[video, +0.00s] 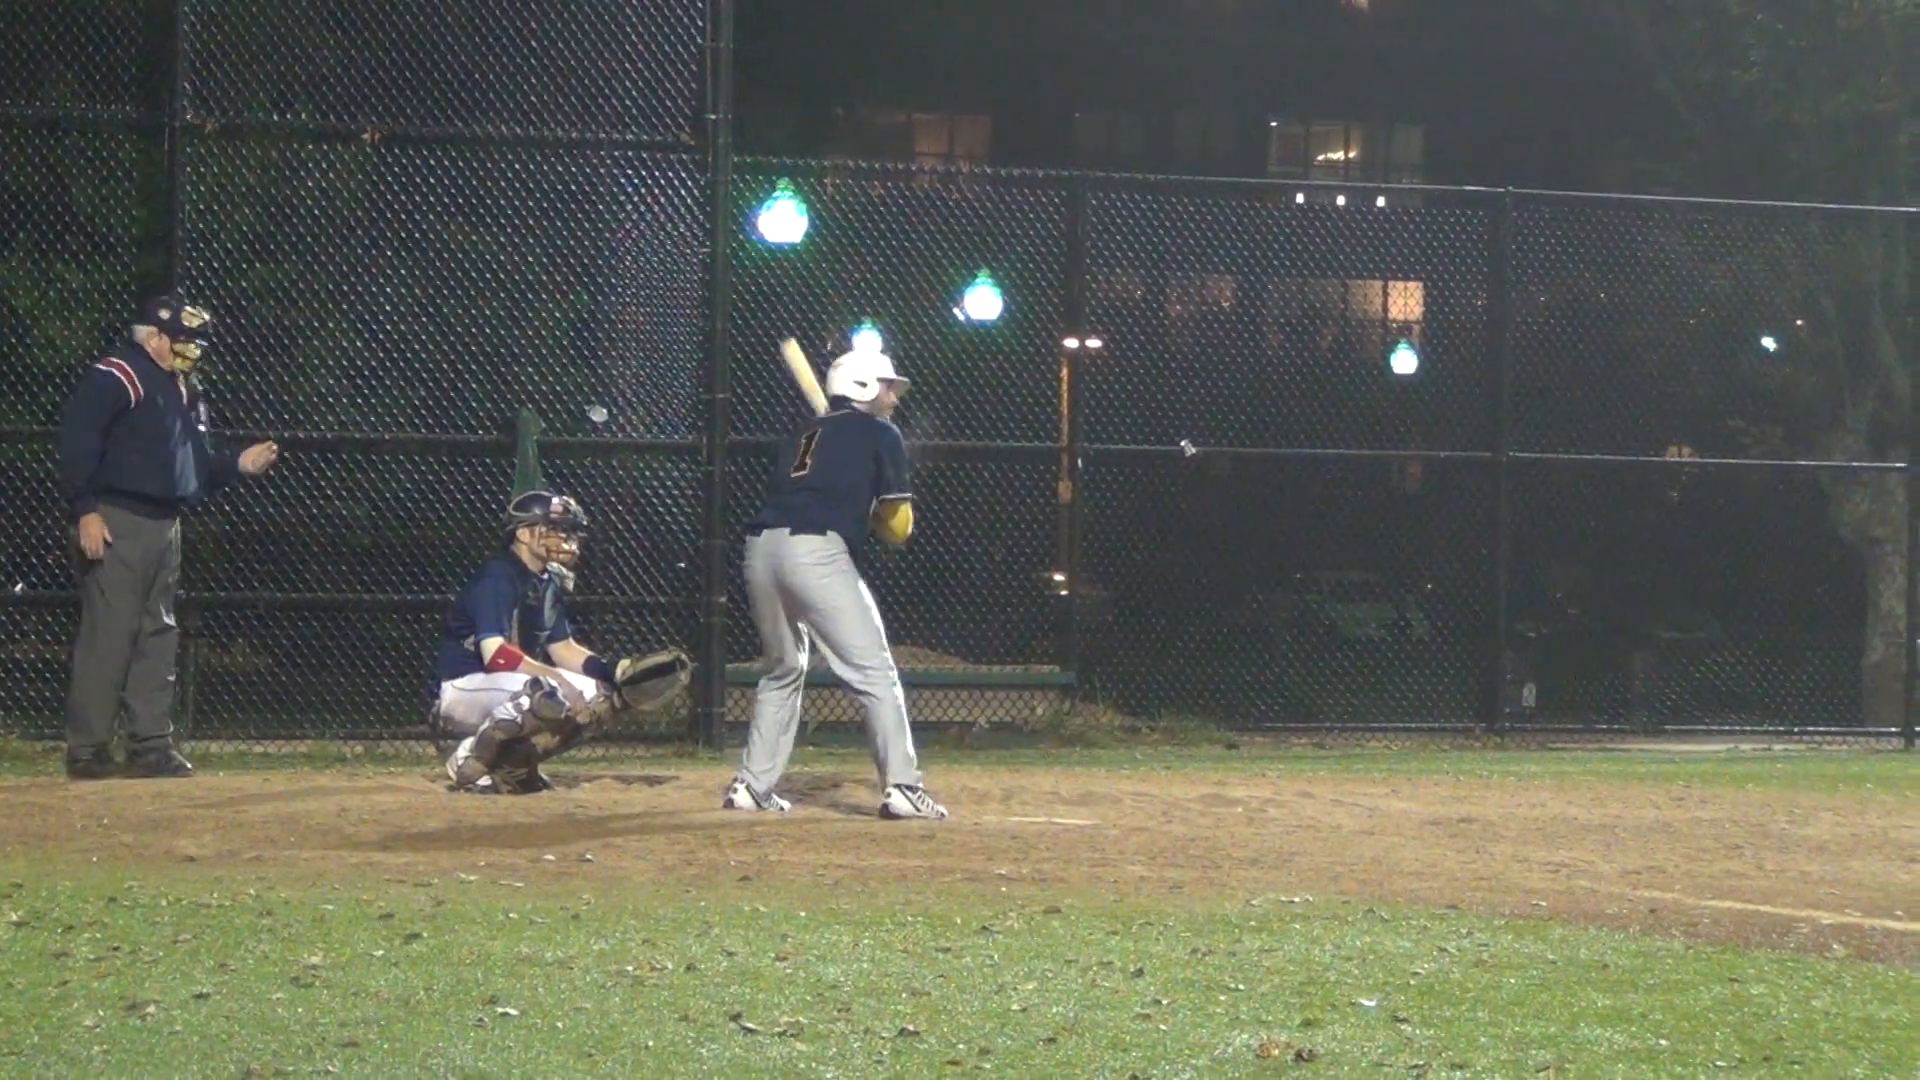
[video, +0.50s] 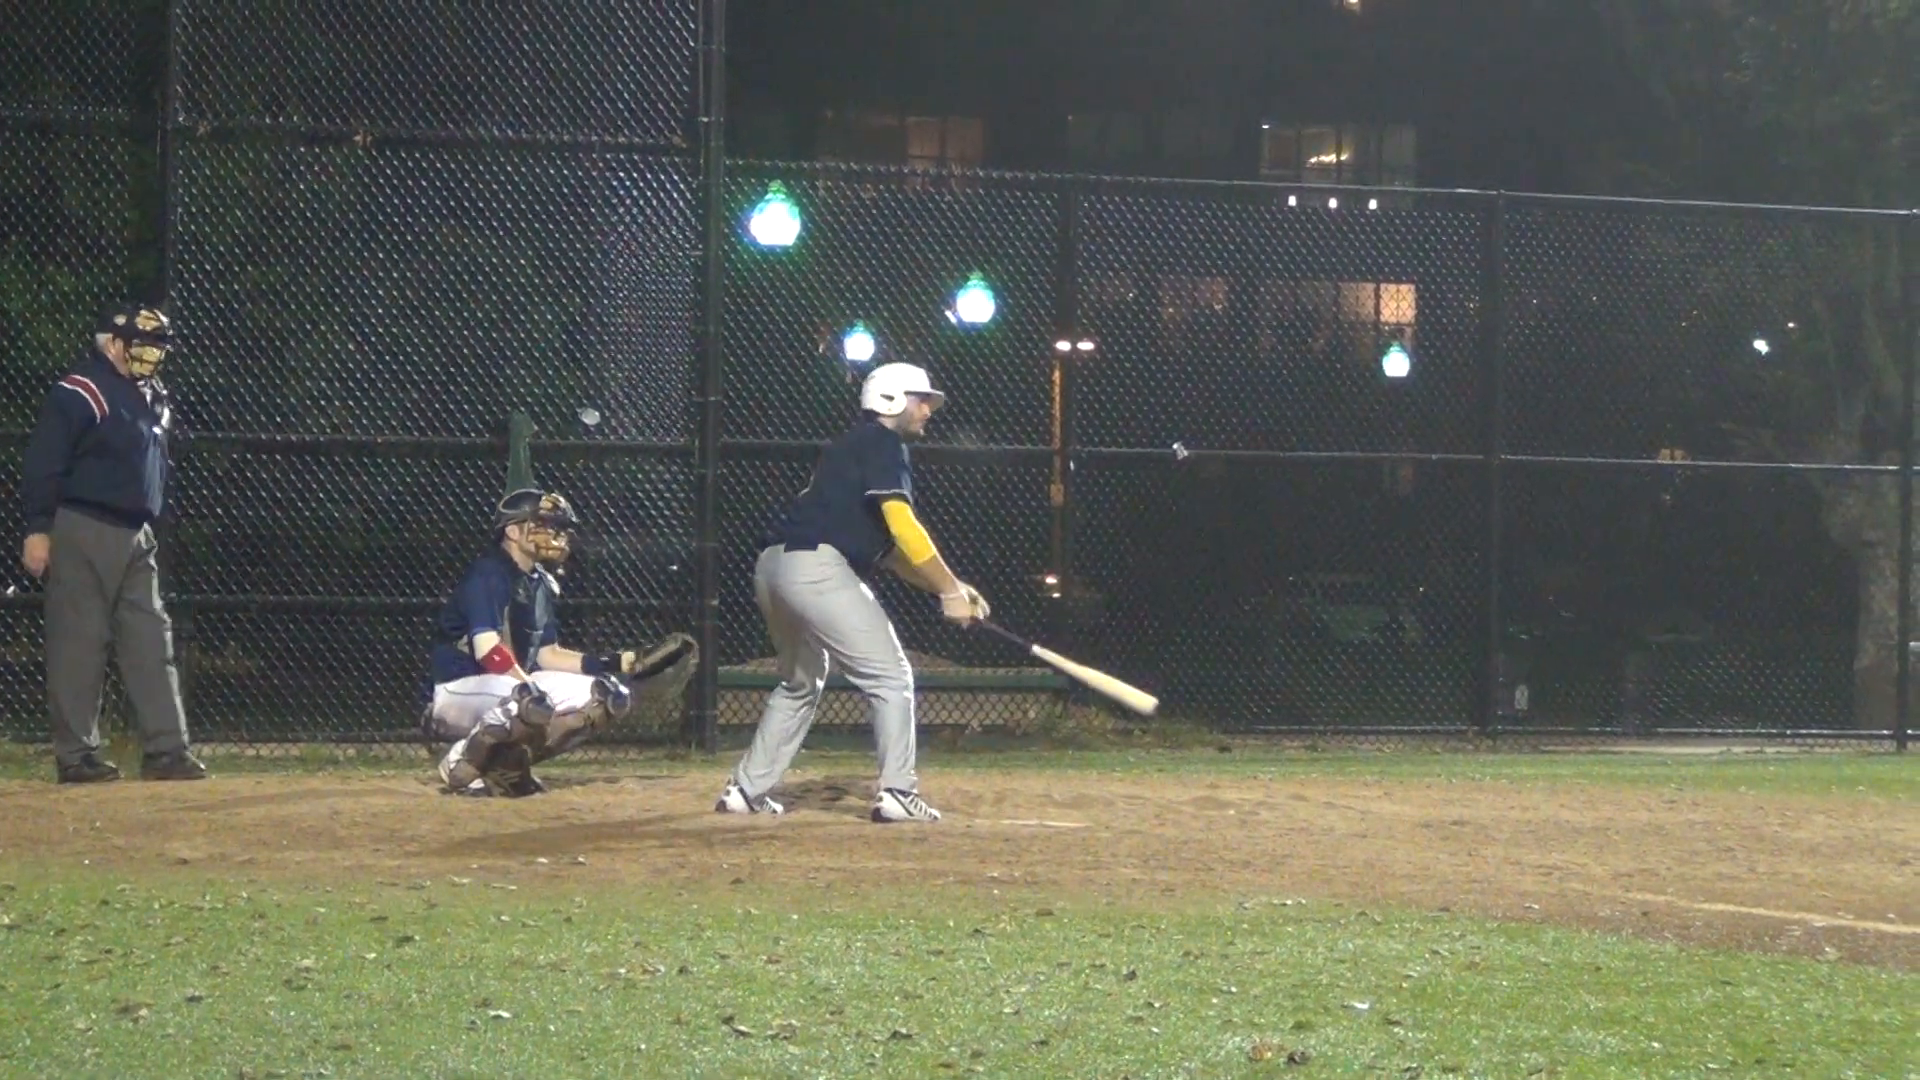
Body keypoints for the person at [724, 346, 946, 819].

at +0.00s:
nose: (896, 396)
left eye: (895, 386)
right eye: (889, 386)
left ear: (842, 390)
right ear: (865, 388)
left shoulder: (801, 432)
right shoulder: (881, 433)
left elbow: (790, 495)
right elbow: (897, 525)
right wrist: (859, 503)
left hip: (759, 548)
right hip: (816, 549)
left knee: (782, 670)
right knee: (876, 675)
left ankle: (753, 785)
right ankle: (903, 789)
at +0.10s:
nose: (904, 399)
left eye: (903, 389)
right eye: (896, 389)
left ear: (853, 394)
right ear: (872, 392)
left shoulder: (826, 432)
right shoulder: (884, 434)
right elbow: (911, 522)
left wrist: (894, 551)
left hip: (761, 550)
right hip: (815, 552)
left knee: (786, 672)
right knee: (880, 677)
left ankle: (749, 787)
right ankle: (901, 789)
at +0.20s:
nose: (913, 403)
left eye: (913, 394)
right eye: (906, 393)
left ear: (866, 398)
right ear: (879, 394)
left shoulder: (836, 441)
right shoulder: (884, 434)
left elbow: (860, 560)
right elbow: (910, 519)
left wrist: (924, 578)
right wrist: (941, 575)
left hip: (765, 554)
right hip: (816, 555)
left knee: (791, 675)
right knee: (883, 677)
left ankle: (747, 787)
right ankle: (900, 789)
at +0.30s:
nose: (920, 407)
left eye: (920, 398)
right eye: (913, 397)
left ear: (873, 401)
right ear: (885, 396)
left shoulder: (839, 443)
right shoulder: (884, 437)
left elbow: (868, 560)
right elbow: (903, 517)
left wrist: (937, 587)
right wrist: (945, 579)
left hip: (768, 558)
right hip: (815, 559)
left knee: (796, 676)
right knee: (886, 676)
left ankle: (747, 788)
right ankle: (899, 791)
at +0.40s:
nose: (925, 408)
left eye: (925, 399)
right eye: (917, 398)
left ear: (880, 402)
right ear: (889, 398)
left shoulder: (848, 443)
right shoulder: (883, 439)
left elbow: (882, 554)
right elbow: (899, 521)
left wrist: (950, 597)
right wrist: (948, 587)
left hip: (772, 561)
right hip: (816, 562)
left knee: (800, 678)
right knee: (888, 675)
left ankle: (746, 789)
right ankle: (898, 792)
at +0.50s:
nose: (928, 411)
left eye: (929, 402)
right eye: (921, 401)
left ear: (885, 404)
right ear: (892, 400)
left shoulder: (851, 444)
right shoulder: (884, 443)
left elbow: (890, 551)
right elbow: (900, 524)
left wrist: (951, 590)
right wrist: (949, 589)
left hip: (773, 564)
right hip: (817, 565)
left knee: (801, 679)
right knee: (891, 676)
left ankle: (747, 790)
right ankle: (897, 792)